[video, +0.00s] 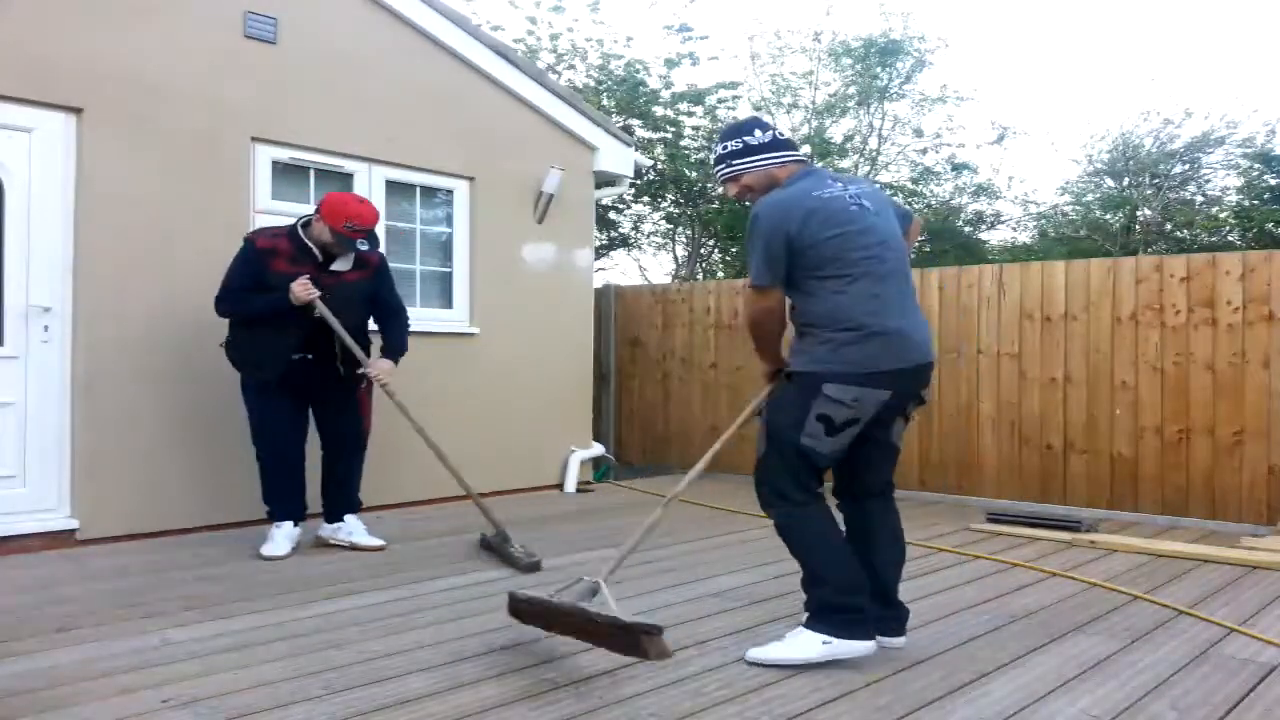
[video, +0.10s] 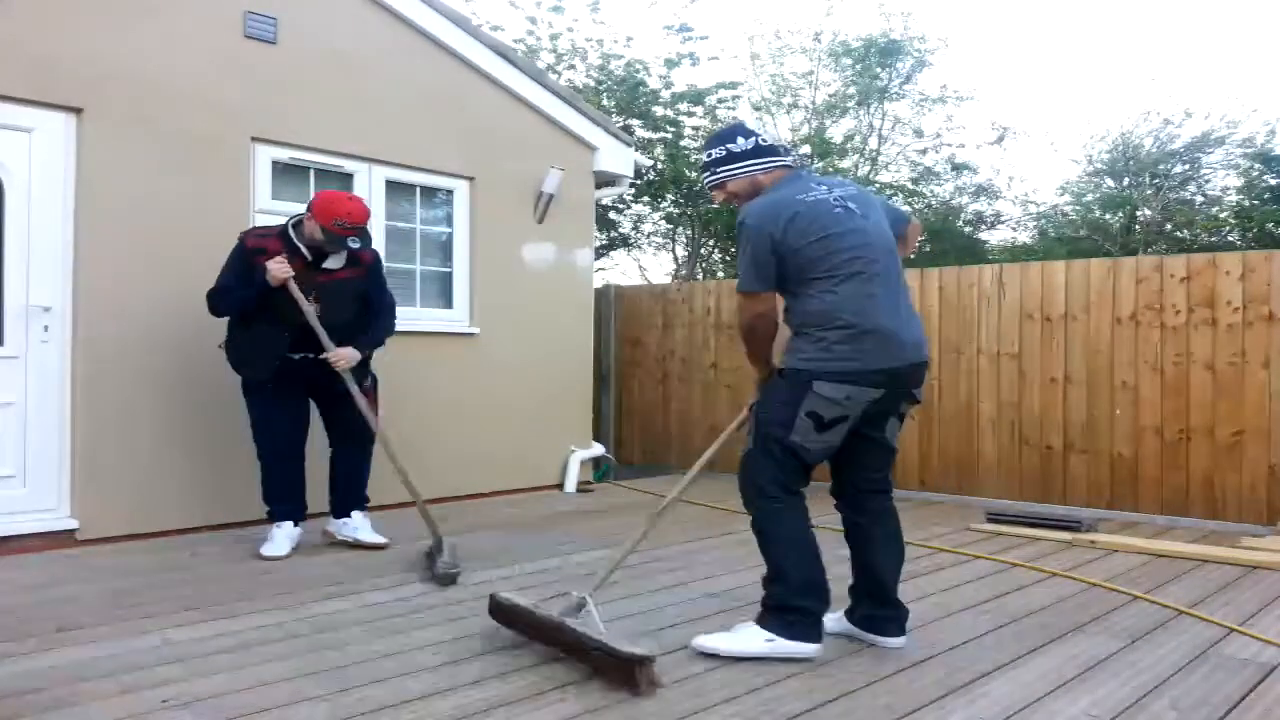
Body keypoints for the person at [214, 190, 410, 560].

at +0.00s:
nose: (348, 248)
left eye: (354, 242)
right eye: (343, 240)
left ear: (362, 233)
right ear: (320, 224)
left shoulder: (368, 262)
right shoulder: (263, 248)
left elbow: (393, 315)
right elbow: (226, 303)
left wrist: (390, 357)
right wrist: (286, 297)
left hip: (337, 368)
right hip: (272, 369)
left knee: (346, 441)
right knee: (278, 445)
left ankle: (340, 520)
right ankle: (285, 523)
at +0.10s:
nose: (339, 248)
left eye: (345, 242)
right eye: (334, 240)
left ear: (354, 233)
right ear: (311, 223)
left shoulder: (362, 261)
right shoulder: (257, 247)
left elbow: (384, 315)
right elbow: (217, 303)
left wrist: (359, 349)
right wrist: (263, 280)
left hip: (338, 364)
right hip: (273, 365)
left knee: (356, 433)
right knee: (279, 444)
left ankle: (349, 517)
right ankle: (285, 523)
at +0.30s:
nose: (340, 246)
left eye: (345, 239)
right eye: (335, 238)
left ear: (354, 229)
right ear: (312, 222)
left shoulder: (360, 258)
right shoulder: (260, 242)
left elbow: (350, 317)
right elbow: (202, 294)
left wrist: (307, 341)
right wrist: (234, 260)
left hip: (332, 351)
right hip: (268, 353)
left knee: (363, 422)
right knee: (275, 433)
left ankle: (377, 510)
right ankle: (286, 522)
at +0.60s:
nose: (369, 247)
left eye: (374, 241)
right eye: (366, 239)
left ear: (372, 233)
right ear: (343, 224)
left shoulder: (383, 259)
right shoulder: (289, 244)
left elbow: (388, 316)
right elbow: (223, 287)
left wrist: (344, 324)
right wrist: (260, 252)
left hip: (357, 360)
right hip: (294, 361)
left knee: (390, 430)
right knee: (292, 443)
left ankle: (422, 508)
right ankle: (287, 523)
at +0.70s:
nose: (383, 247)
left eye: (390, 241)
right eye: (380, 238)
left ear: (396, 237)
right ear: (360, 220)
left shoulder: (398, 263)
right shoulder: (309, 246)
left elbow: (409, 317)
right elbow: (245, 290)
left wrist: (378, 325)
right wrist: (284, 256)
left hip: (370, 366)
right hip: (308, 366)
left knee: (396, 437)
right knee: (299, 446)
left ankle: (415, 513)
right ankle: (289, 523)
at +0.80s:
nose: (407, 249)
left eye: (413, 243)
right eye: (404, 240)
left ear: (415, 238)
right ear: (383, 223)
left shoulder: (416, 265)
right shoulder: (328, 247)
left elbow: (432, 318)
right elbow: (272, 294)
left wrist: (414, 331)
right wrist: (311, 266)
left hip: (384, 370)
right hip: (323, 367)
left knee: (405, 441)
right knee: (310, 448)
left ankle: (415, 515)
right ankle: (290, 524)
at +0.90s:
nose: (427, 253)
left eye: (432, 247)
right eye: (425, 243)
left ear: (431, 242)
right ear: (408, 226)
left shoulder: (432, 270)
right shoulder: (346, 249)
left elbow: (450, 314)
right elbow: (299, 297)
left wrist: (447, 335)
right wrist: (346, 279)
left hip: (399, 371)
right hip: (340, 368)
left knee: (417, 438)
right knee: (321, 444)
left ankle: (415, 514)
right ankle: (291, 522)